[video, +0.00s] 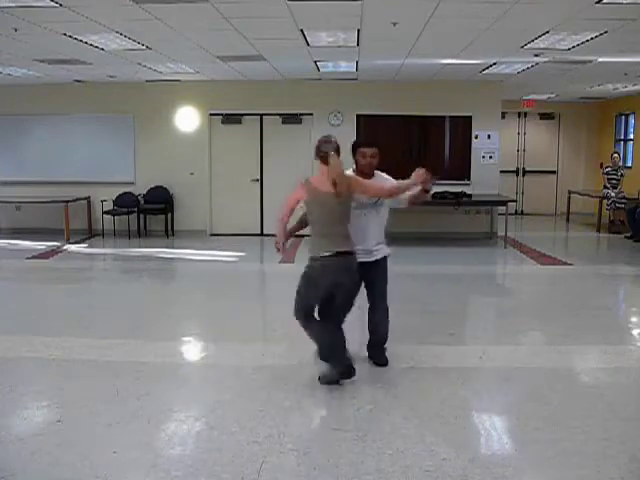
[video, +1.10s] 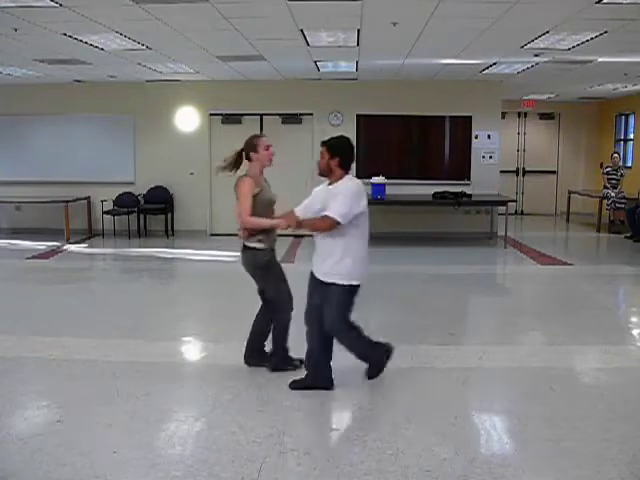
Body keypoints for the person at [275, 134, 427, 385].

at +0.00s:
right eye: (340, 155)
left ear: (316, 157)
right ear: (339, 155)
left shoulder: (308, 186)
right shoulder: (349, 182)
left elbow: (284, 215)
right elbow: (387, 191)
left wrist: (281, 241)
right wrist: (412, 181)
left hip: (322, 263)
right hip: (348, 261)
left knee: (303, 313)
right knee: (331, 316)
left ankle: (338, 360)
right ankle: (339, 367)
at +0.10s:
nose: (337, 157)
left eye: (336, 154)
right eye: (336, 154)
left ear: (313, 152)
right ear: (332, 155)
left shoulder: (301, 182)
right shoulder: (338, 179)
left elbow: (290, 217)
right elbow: (378, 186)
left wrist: (294, 247)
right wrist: (411, 169)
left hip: (304, 257)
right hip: (333, 258)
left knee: (308, 306)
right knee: (334, 314)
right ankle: (336, 368)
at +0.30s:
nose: (370, 160)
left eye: (375, 156)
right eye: (367, 155)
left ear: (384, 159)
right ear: (363, 158)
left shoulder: (396, 180)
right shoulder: (358, 183)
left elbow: (391, 164)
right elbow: (349, 217)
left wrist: (374, 141)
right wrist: (331, 234)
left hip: (394, 256)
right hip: (369, 256)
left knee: (386, 305)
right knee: (378, 305)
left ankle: (382, 350)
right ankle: (409, 335)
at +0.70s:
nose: (362, 158)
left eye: (367, 154)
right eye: (362, 155)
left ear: (382, 159)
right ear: (362, 160)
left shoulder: (390, 176)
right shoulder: (366, 186)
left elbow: (351, 175)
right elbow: (350, 219)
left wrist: (339, 154)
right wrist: (328, 230)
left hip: (392, 258)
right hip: (370, 258)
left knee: (390, 311)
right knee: (356, 302)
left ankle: (401, 364)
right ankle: (385, 343)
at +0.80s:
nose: (355, 158)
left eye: (359, 154)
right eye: (356, 154)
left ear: (374, 160)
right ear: (367, 161)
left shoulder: (383, 179)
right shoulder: (361, 186)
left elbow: (345, 192)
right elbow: (340, 216)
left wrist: (335, 165)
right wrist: (312, 227)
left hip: (386, 262)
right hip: (362, 262)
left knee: (389, 315)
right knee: (346, 307)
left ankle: (401, 364)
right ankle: (356, 361)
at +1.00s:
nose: (330, 161)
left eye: (334, 156)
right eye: (331, 156)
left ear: (349, 161)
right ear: (345, 161)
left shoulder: (363, 188)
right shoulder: (335, 190)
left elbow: (343, 222)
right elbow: (311, 220)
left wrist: (317, 205)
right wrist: (276, 227)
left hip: (360, 273)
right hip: (335, 272)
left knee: (367, 321)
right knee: (328, 326)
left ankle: (396, 359)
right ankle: (320, 376)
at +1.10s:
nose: (319, 160)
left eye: (323, 156)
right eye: (320, 155)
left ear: (336, 160)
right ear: (336, 161)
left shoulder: (351, 188)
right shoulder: (324, 190)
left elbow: (328, 223)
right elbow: (297, 214)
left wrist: (300, 224)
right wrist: (264, 225)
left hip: (345, 272)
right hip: (322, 270)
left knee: (335, 323)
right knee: (315, 323)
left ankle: (376, 354)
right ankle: (318, 376)